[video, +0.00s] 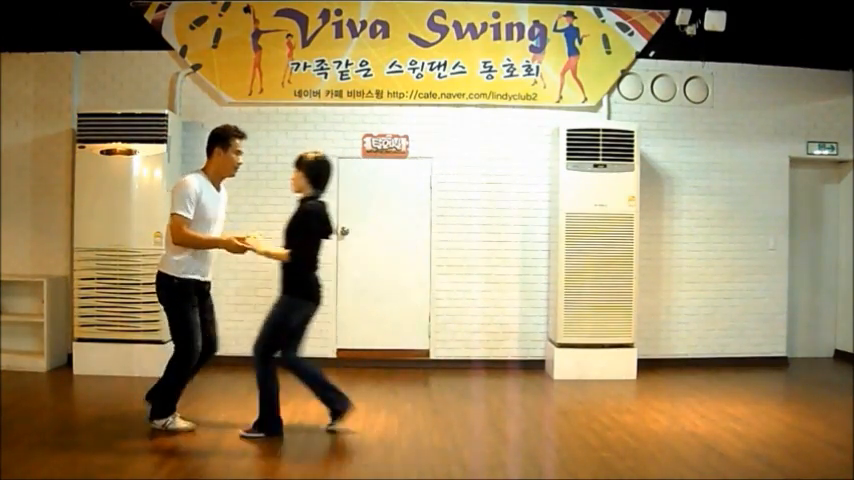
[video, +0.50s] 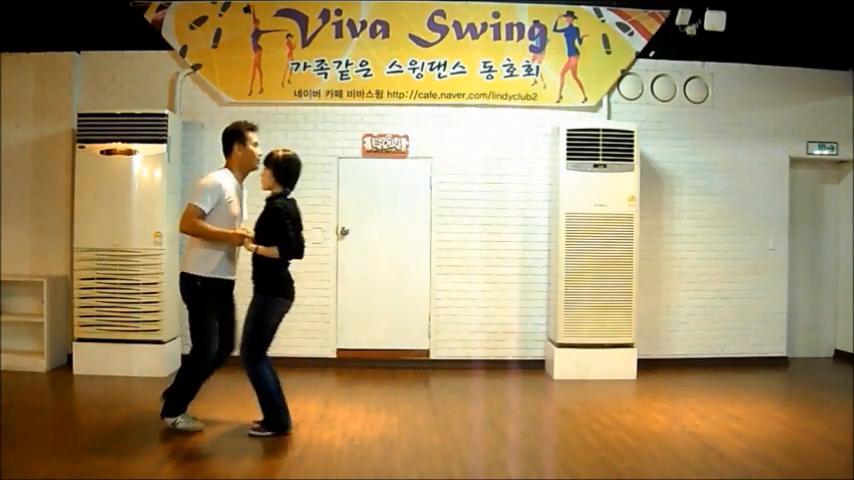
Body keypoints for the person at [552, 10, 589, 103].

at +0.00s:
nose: (567, 19)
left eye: (568, 18)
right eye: (567, 18)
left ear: (572, 18)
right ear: (568, 19)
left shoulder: (567, 29)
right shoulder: (576, 29)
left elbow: (555, 30)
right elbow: (579, 43)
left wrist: (557, 19)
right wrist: (582, 37)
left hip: (572, 54)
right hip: (575, 53)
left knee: (562, 73)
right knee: (574, 75)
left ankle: (559, 95)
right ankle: (584, 96)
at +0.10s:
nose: (567, 19)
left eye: (568, 18)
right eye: (567, 17)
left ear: (572, 18)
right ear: (568, 19)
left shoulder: (568, 29)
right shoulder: (576, 29)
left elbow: (555, 30)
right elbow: (579, 43)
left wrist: (557, 19)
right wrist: (582, 37)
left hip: (572, 54)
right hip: (575, 53)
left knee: (562, 73)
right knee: (574, 75)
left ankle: (559, 95)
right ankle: (584, 96)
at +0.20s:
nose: (567, 19)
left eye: (568, 18)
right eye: (567, 17)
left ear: (572, 18)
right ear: (568, 18)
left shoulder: (567, 29)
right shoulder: (576, 29)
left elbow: (555, 30)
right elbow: (579, 43)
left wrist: (557, 20)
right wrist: (582, 37)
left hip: (572, 54)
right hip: (575, 53)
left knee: (562, 73)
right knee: (574, 75)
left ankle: (559, 95)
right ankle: (584, 96)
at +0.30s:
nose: (567, 19)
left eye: (568, 18)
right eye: (567, 18)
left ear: (572, 18)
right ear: (568, 18)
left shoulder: (567, 29)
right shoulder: (576, 29)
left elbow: (555, 30)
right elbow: (579, 43)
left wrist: (557, 20)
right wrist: (582, 37)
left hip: (572, 54)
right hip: (575, 54)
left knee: (562, 73)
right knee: (574, 75)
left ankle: (559, 95)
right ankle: (584, 96)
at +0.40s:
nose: (567, 19)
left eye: (568, 18)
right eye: (567, 18)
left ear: (572, 18)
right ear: (568, 18)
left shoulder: (568, 29)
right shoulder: (576, 29)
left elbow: (555, 30)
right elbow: (579, 43)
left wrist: (556, 20)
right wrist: (582, 37)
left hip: (572, 54)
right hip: (574, 54)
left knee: (562, 73)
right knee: (574, 75)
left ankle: (559, 95)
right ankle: (584, 96)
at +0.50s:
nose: (567, 19)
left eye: (569, 17)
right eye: (567, 17)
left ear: (572, 18)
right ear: (567, 18)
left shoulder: (569, 29)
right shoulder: (576, 29)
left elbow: (555, 30)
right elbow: (580, 43)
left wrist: (556, 20)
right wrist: (582, 37)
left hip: (573, 54)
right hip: (573, 54)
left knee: (562, 73)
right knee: (574, 75)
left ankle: (559, 95)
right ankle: (584, 96)